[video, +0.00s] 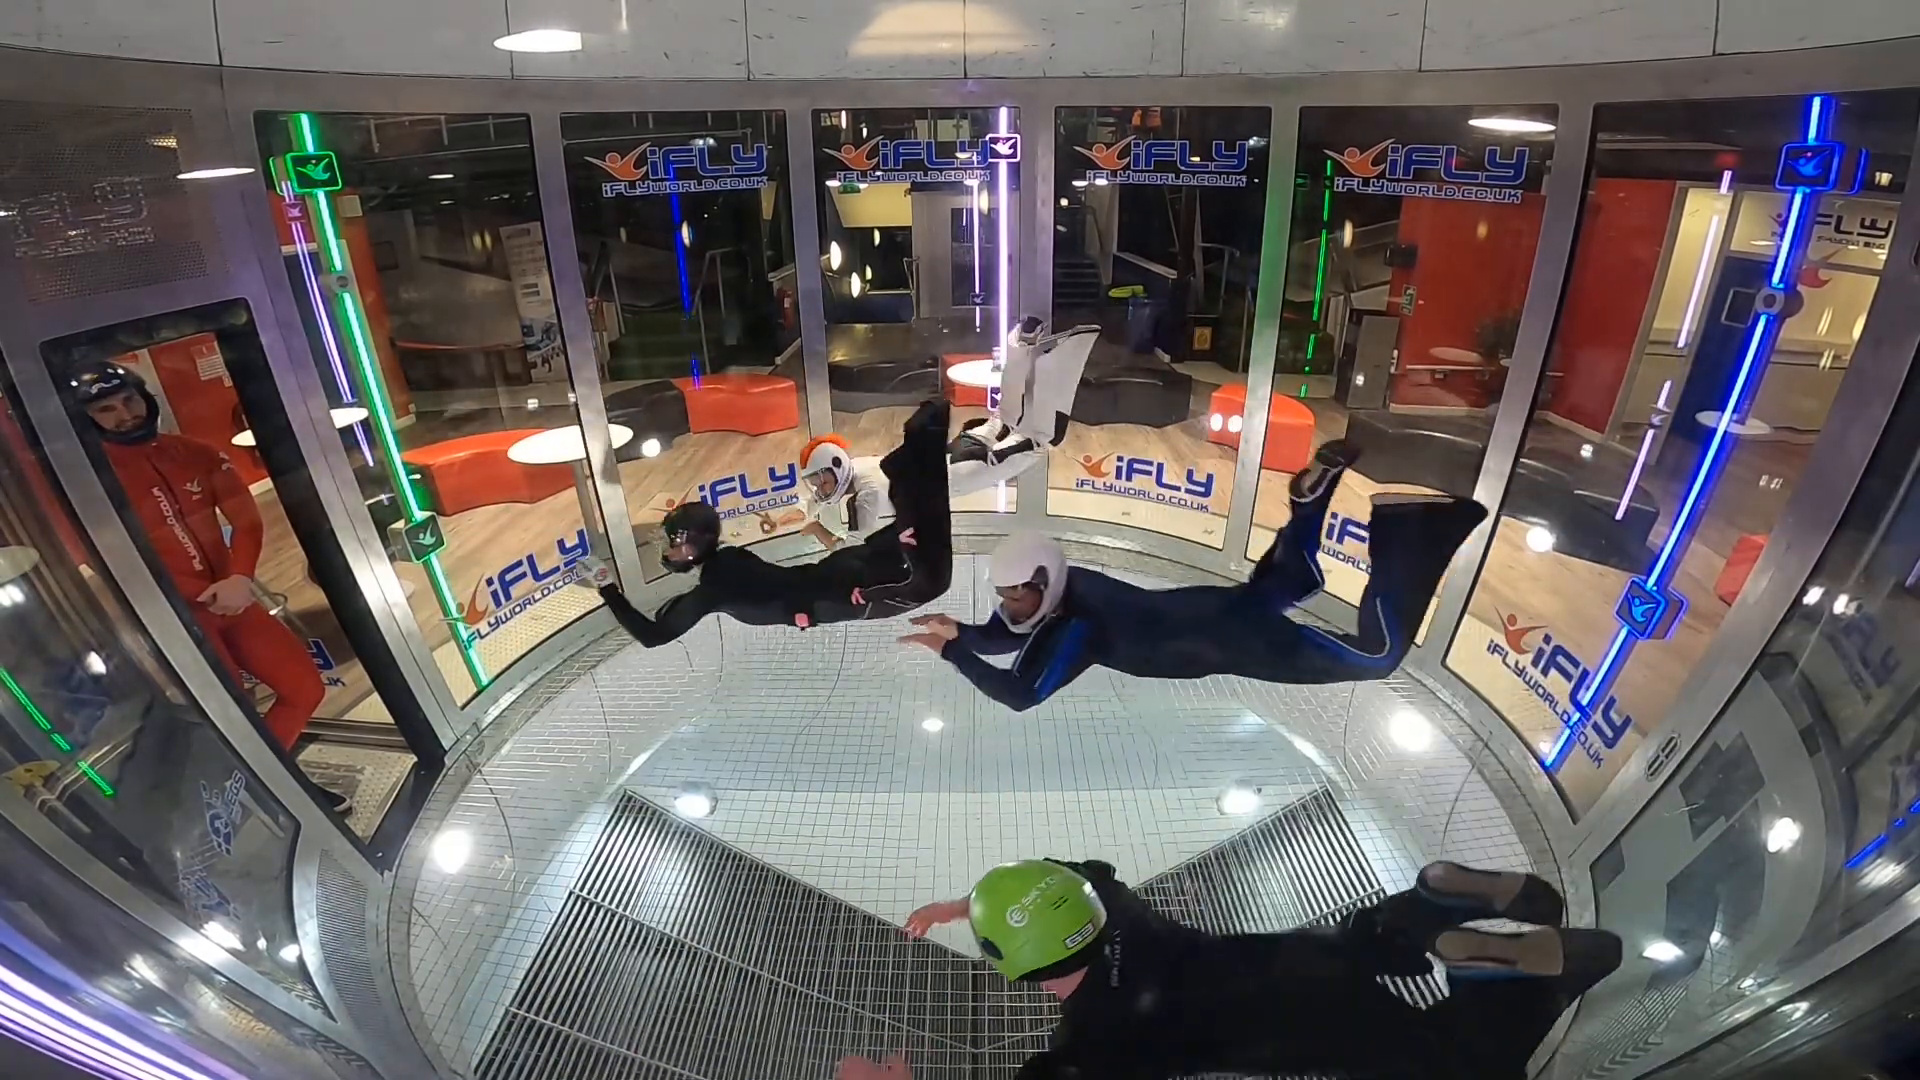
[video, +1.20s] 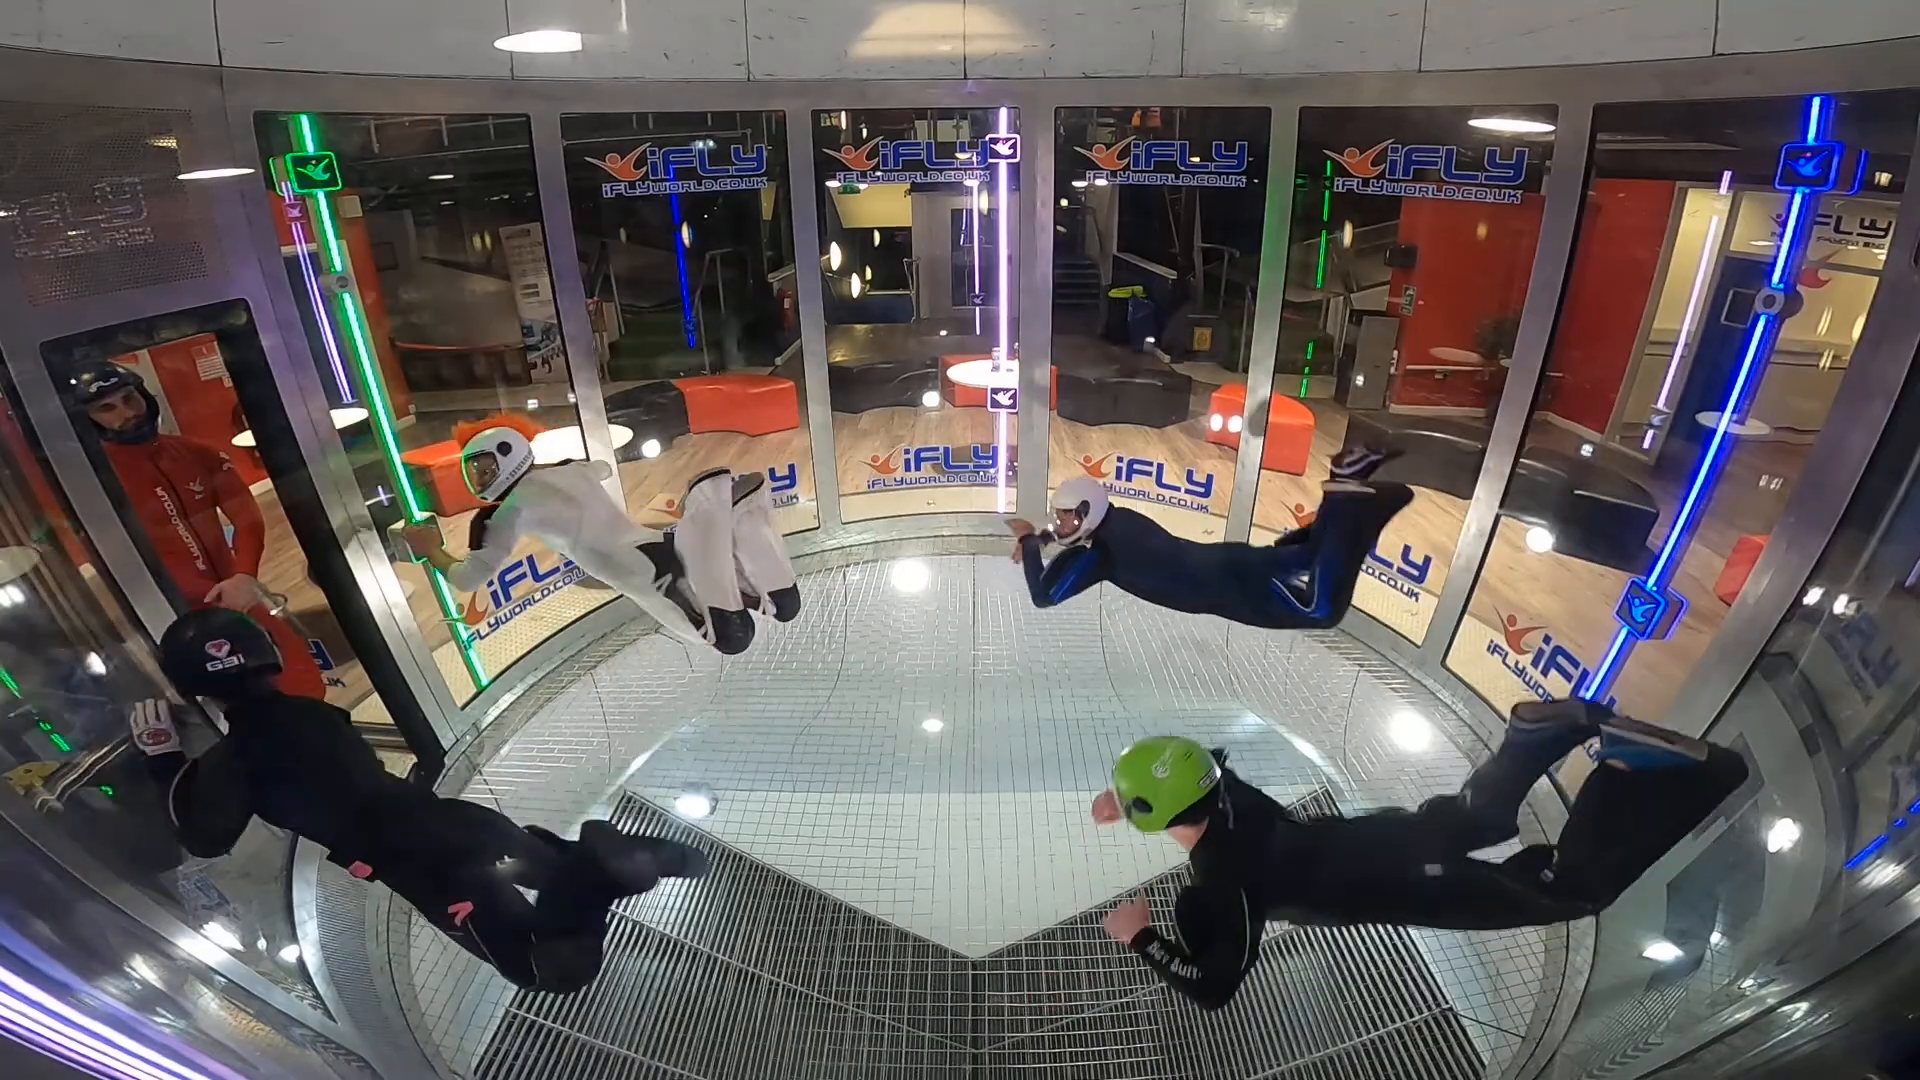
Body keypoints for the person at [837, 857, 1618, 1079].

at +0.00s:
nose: (1016, 977)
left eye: (1017, 966)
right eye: (1018, 963)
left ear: (1049, 972)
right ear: (1072, 908)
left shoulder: (1106, 1035)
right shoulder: (1110, 906)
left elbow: (1032, 1079)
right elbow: (1055, 879)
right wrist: (962, 908)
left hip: (1318, 1024)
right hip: (1305, 948)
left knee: (1447, 1027)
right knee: (1391, 927)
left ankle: (1556, 966)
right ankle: (1491, 901)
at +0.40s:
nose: (986, 1019)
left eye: (994, 1006)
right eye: (974, 1003)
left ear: (1032, 987)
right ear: (1021, 935)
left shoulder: (1067, 1058)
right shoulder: (1051, 930)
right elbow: (994, 914)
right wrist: (906, 933)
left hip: (1252, 1062)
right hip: (1222, 1008)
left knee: (1380, 1062)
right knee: (1324, 1009)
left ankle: (1514, 1030)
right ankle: (1404, 965)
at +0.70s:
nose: (1015, 984)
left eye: (1014, 972)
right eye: (1014, 969)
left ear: (1035, 978)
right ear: (1076, 908)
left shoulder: (1097, 1049)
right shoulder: (1110, 921)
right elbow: (1060, 881)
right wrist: (964, 912)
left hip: (1306, 1052)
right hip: (1285, 981)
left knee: (1420, 1059)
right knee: (1370, 974)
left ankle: (1511, 1022)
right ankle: (1466, 929)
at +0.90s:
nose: (1072, 936)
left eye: (1074, 927)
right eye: (1067, 921)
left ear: (1099, 929)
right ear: (1123, 877)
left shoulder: (1151, 999)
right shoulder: (1157, 887)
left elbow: (1137, 1073)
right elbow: (1095, 869)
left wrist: (1011, 1077)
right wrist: (1019, 878)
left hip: (1350, 1003)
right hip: (1344, 932)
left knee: (1493, 1009)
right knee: (1428, 922)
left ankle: (1610, 917)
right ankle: (1479, 855)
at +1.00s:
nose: (1113, 908)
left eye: (1112, 902)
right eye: (1110, 895)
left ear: (1130, 903)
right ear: (1151, 860)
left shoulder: (1175, 961)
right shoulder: (1185, 860)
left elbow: (1169, 1067)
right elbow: (1136, 831)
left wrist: (1059, 1041)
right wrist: (1063, 848)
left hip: (1391, 963)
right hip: (1375, 896)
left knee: (1540, 969)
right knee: (1455, 892)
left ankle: (1606, 863)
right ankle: (1494, 812)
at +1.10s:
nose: (1127, 864)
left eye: (1130, 857)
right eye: (1128, 849)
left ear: (1158, 862)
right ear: (1180, 819)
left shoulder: (1200, 919)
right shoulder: (1207, 824)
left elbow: (1194, 1034)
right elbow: (1162, 817)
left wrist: (1104, 992)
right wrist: (1099, 834)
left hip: (1413, 918)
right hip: (1393, 861)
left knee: (1567, 926)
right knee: (1468, 846)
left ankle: (1624, 809)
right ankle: (1533, 769)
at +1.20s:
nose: (1144, 820)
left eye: (1147, 814)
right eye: (1142, 807)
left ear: (1175, 820)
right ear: (1199, 786)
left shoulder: (1216, 879)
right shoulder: (1225, 788)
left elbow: (1216, 988)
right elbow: (1183, 775)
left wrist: (1143, 942)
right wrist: (1130, 798)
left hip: (1413, 887)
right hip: (1395, 829)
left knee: (1567, 891)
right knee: (1483, 811)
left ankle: (1629, 780)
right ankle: (1546, 728)